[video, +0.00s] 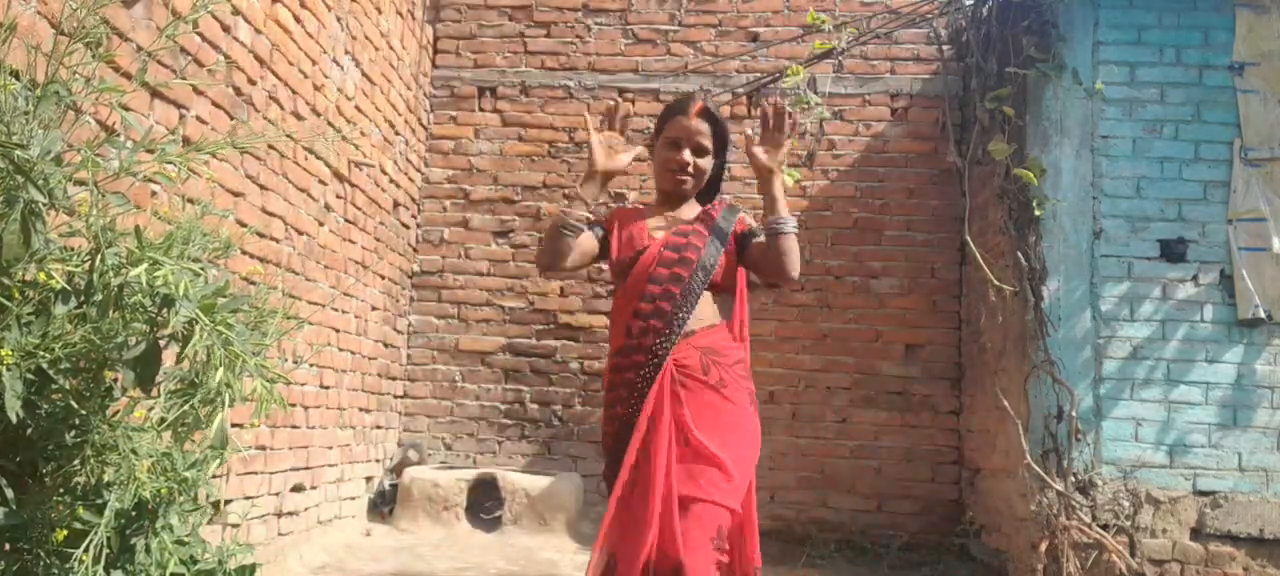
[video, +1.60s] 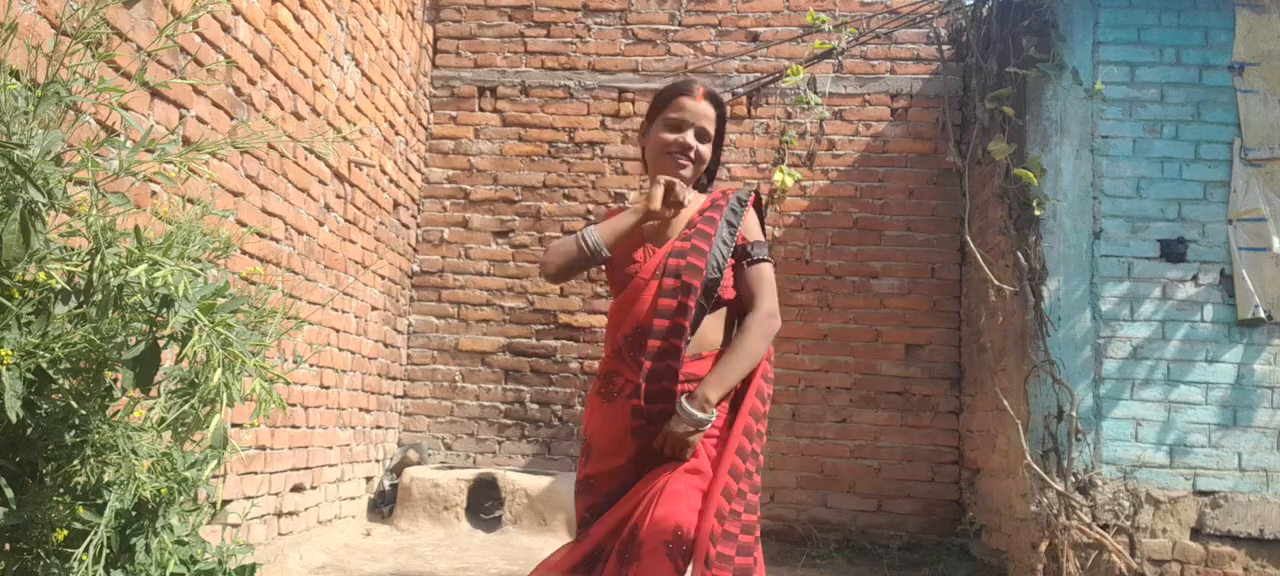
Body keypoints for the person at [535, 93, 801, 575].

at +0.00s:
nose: (684, 159)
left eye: (700, 151)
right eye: (673, 144)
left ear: (717, 163)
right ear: (652, 149)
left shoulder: (725, 222)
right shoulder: (623, 224)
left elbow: (784, 272)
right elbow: (553, 261)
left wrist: (771, 178)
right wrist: (594, 181)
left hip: (713, 390)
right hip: (637, 393)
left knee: (692, 545)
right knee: (637, 541)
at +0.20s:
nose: (685, 127)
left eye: (701, 118)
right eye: (671, 114)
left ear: (719, 132)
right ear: (649, 125)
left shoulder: (737, 203)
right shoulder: (625, 198)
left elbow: (809, 198)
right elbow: (562, 178)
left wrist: (760, 118)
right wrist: (619, 116)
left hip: (727, 367)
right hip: (647, 370)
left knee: (733, 507)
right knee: (654, 504)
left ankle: (736, 572)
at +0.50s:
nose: (685, 113)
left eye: (699, 102)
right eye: (670, 98)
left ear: (716, 112)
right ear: (646, 108)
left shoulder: (730, 190)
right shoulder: (625, 177)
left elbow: (800, 227)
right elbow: (585, 153)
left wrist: (733, 171)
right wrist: (634, 86)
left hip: (721, 381)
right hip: (636, 382)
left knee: (728, 535)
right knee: (629, 539)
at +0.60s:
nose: (681, 103)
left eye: (697, 94)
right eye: (668, 88)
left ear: (715, 107)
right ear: (646, 96)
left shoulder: (730, 167)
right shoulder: (621, 175)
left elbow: (789, 230)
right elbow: (573, 165)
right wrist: (631, 95)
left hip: (711, 368)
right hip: (625, 367)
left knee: (710, 522)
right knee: (613, 521)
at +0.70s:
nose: (680, 83)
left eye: (697, 77)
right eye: (669, 68)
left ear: (715, 95)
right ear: (646, 76)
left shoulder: (725, 147)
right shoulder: (622, 161)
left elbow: (758, 242)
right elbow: (551, 169)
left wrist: (695, 344)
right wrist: (619, 94)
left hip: (701, 370)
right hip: (617, 367)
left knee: (681, 524)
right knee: (604, 519)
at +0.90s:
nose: (669, 104)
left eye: (689, 97)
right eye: (661, 89)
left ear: (711, 115)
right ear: (646, 96)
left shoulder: (701, 170)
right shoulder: (637, 179)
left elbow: (701, 273)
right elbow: (552, 230)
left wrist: (643, 367)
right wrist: (597, 161)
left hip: (675, 392)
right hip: (627, 387)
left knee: (652, 543)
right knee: (611, 539)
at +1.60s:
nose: (687, 143)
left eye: (703, 135)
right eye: (674, 127)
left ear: (714, 151)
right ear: (644, 137)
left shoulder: (731, 210)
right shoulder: (624, 217)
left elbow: (765, 314)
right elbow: (552, 264)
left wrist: (700, 402)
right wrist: (639, 214)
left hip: (700, 410)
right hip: (619, 403)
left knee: (665, 530)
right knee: (598, 542)